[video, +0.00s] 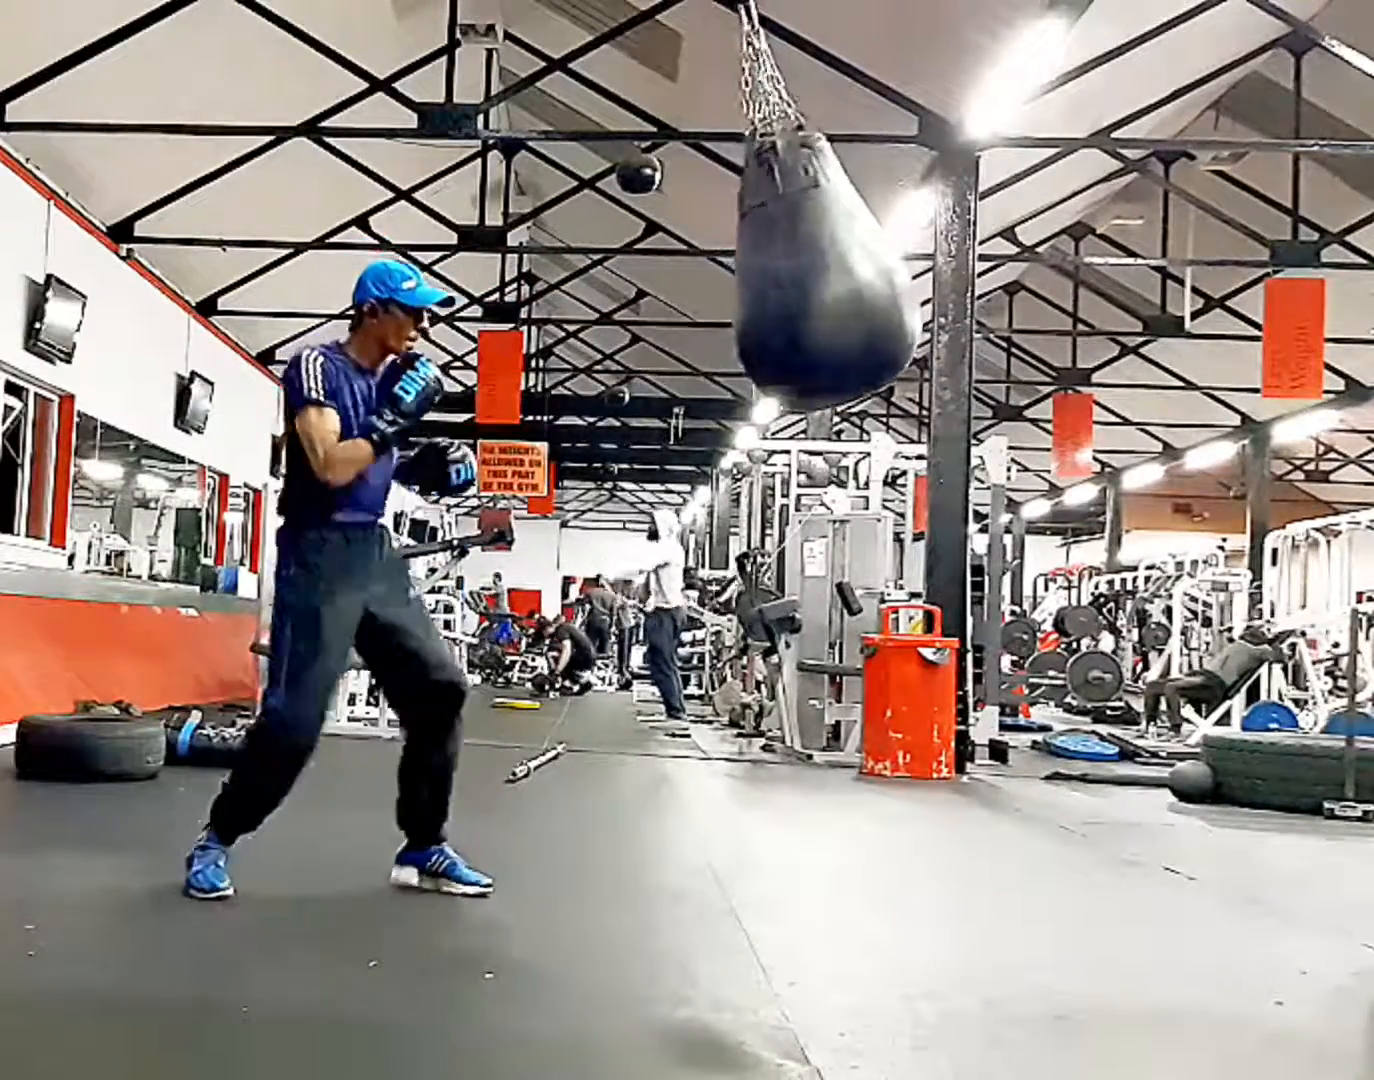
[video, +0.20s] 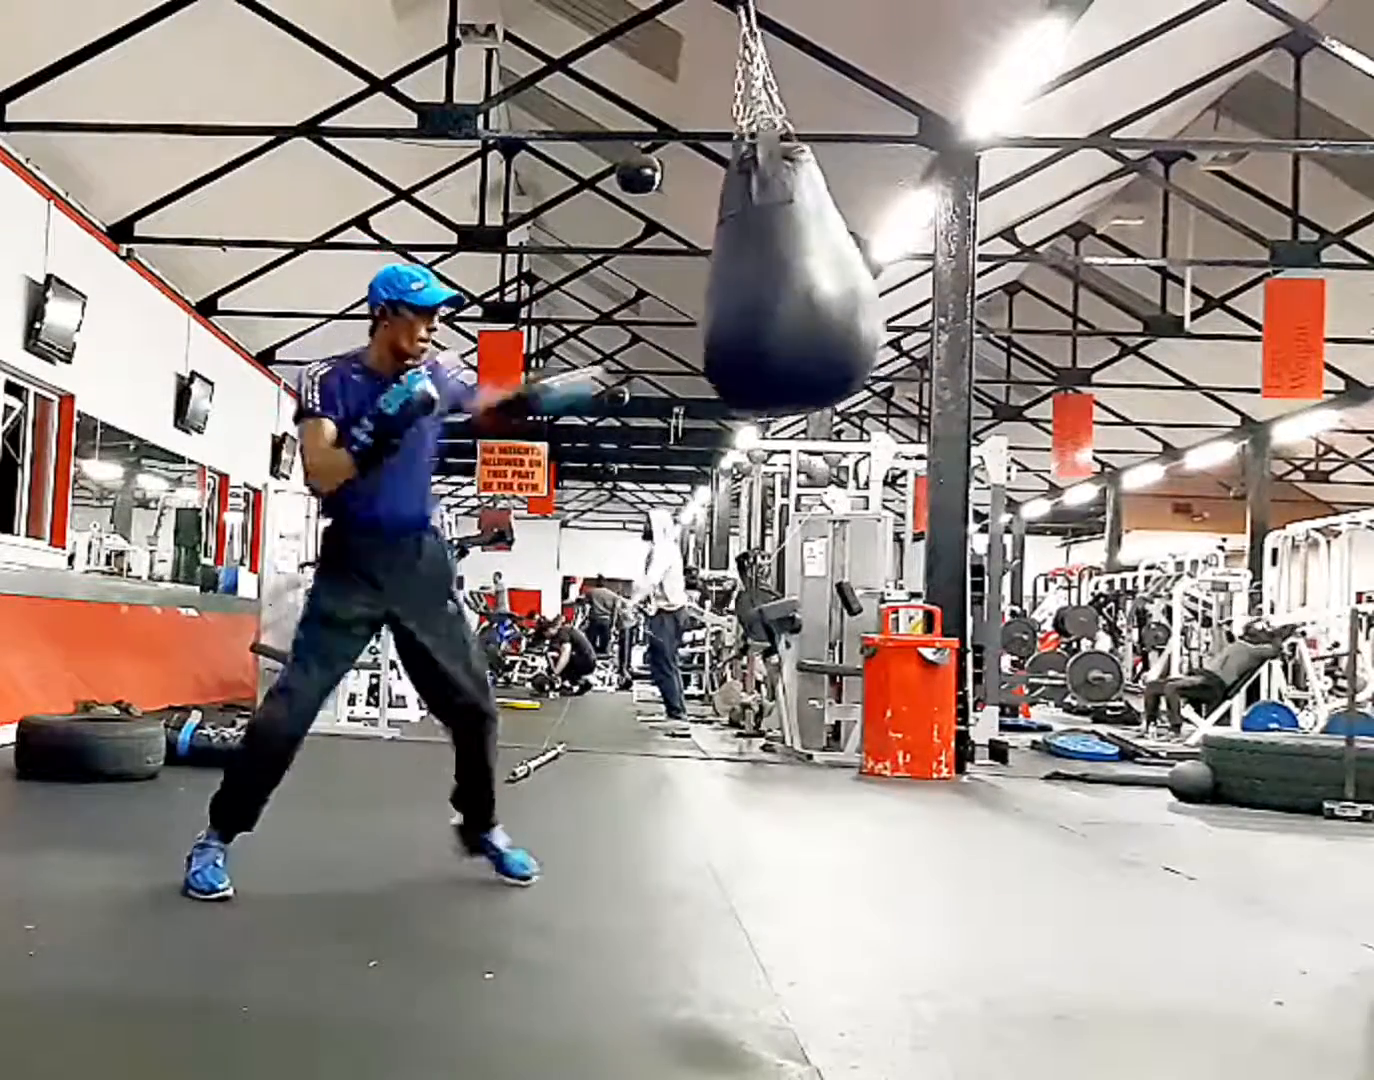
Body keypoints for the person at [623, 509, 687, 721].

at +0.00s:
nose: (649, 529)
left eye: (653, 524)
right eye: (650, 524)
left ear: (662, 527)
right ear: (667, 526)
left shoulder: (666, 548)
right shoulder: (672, 547)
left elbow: (640, 568)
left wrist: (612, 576)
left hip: (664, 610)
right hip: (670, 608)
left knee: (662, 662)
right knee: (664, 661)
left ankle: (675, 710)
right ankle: (676, 708)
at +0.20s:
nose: (643, 528)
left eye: (647, 524)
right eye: (645, 523)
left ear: (657, 527)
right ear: (662, 527)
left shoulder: (663, 550)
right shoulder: (663, 548)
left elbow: (651, 580)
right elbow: (651, 580)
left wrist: (632, 599)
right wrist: (636, 597)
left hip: (667, 611)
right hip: (666, 610)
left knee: (662, 662)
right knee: (665, 661)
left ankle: (676, 711)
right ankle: (675, 708)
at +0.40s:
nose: (638, 528)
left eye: (642, 524)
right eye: (640, 524)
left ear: (651, 526)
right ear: (657, 526)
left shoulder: (660, 549)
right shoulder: (659, 547)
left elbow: (662, 584)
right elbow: (651, 581)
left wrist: (654, 613)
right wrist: (638, 594)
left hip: (667, 610)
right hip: (672, 609)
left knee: (664, 662)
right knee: (669, 661)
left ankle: (676, 711)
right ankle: (677, 709)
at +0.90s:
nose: (638, 529)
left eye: (642, 524)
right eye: (640, 524)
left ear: (652, 527)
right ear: (655, 527)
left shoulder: (664, 550)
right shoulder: (654, 550)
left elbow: (682, 584)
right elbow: (651, 581)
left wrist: (687, 617)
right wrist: (637, 593)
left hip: (667, 613)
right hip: (661, 612)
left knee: (664, 666)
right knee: (667, 665)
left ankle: (676, 711)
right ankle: (676, 709)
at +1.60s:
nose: (624, 535)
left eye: (628, 530)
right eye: (625, 530)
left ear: (638, 532)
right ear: (642, 533)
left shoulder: (653, 557)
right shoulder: (644, 557)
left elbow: (670, 594)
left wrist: (670, 627)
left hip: (669, 618)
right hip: (661, 618)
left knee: (664, 668)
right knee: (672, 667)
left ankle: (675, 712)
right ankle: (677, 710)